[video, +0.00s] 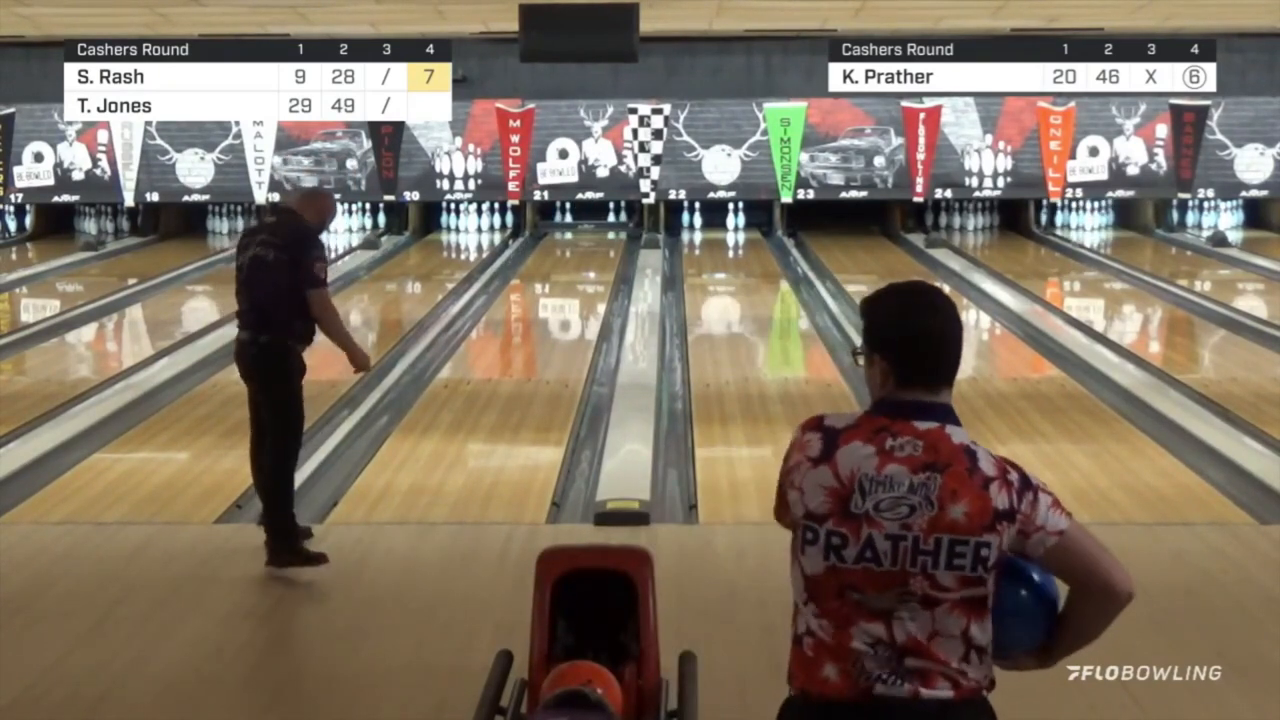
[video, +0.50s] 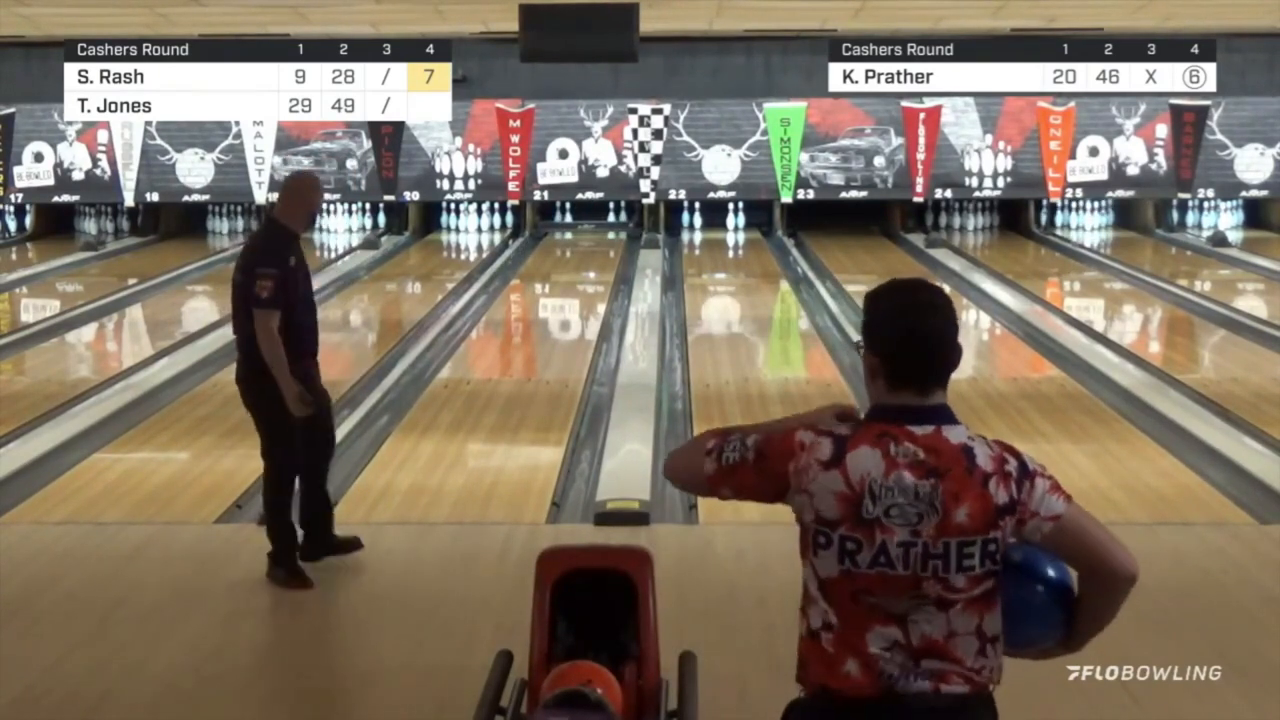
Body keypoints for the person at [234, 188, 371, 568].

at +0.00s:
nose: (324, 227)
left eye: (327, 221)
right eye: (325, 220)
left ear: (297, 204)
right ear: (315, 208)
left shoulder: (255, 231)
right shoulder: (306, 241)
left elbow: (251, 294)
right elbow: (320, 306)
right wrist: (352, 349)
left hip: (250, 347)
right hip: (278, 353)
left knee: (265, 439)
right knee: (283, 443)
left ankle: (278, 522)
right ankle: (282, 544)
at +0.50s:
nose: (318, 212)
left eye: (319, 204)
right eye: (314, 203)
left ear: (292, 201)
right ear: (295, 202)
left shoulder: (286, 246)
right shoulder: (268, 251)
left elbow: (291, 320)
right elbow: (265, 331)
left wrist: (310, 374)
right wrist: (289, 389)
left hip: (297, 370)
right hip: (267, 376)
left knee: (318, 448)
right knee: (282, 461)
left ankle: (318, 537)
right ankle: (282, 557)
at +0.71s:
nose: (320, 214)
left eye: (320, 206)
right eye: (316, 205)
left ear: (298, 205)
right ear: (291, 205)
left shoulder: (308, 253)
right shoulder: (247, 262)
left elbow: (312, 310)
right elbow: (249, 333)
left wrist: (333, 357)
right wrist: (274, 373)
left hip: (311, 376)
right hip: (262, 382)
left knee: (330, 474)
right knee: (270, 478)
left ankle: (348, 568)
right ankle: (281, 561)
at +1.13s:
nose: (298, 213)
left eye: (305, 205)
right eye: (290, 204)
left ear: (314, 208)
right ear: (270, 205)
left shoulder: (329, 264)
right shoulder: (236, 262)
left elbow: (355, 330)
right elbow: (213, 326)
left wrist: (377, 392)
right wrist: (197, 391)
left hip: (312, 398)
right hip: (254, 398)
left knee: (315, 502)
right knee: (260, 499)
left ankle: (316, 602)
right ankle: (297, 554)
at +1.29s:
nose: (265, 215)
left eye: (275, 207)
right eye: (259, 205)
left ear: (294, 210)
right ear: (249, 206)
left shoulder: (321, 263)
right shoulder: (228, 264)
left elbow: (351, 326)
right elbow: (200, 327)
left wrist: (362, 382)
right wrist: (172, 386)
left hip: (305, 403)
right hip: (246, 403)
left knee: (311, 506)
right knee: (240, 508)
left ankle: (313, 604)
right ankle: (263, 602)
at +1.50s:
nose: (234, 225)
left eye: (244, 216)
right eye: (227, 216)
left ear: (265, 218)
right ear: (218, 219)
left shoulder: (294, 273)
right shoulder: (207, 279)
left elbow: (325, 339)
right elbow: (193, 339)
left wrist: (319, 392)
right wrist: (169, 393)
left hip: (288, 416)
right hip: (228, 419)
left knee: (300, 515)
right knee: (227, 529)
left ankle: (314, 606)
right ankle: (216, 642)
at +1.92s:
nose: (186, 229)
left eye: (195, 220)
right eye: (178, 220)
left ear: (215, 219)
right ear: (165, 221)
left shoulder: (248, 279)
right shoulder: (146, 284)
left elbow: (279, 354)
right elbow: (129, 359)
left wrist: (293, 424)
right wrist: (121, 426)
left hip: (236, 432)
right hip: (174, 434)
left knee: (232, 548)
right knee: (190, 549)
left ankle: (244, 666)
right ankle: (211, 648)